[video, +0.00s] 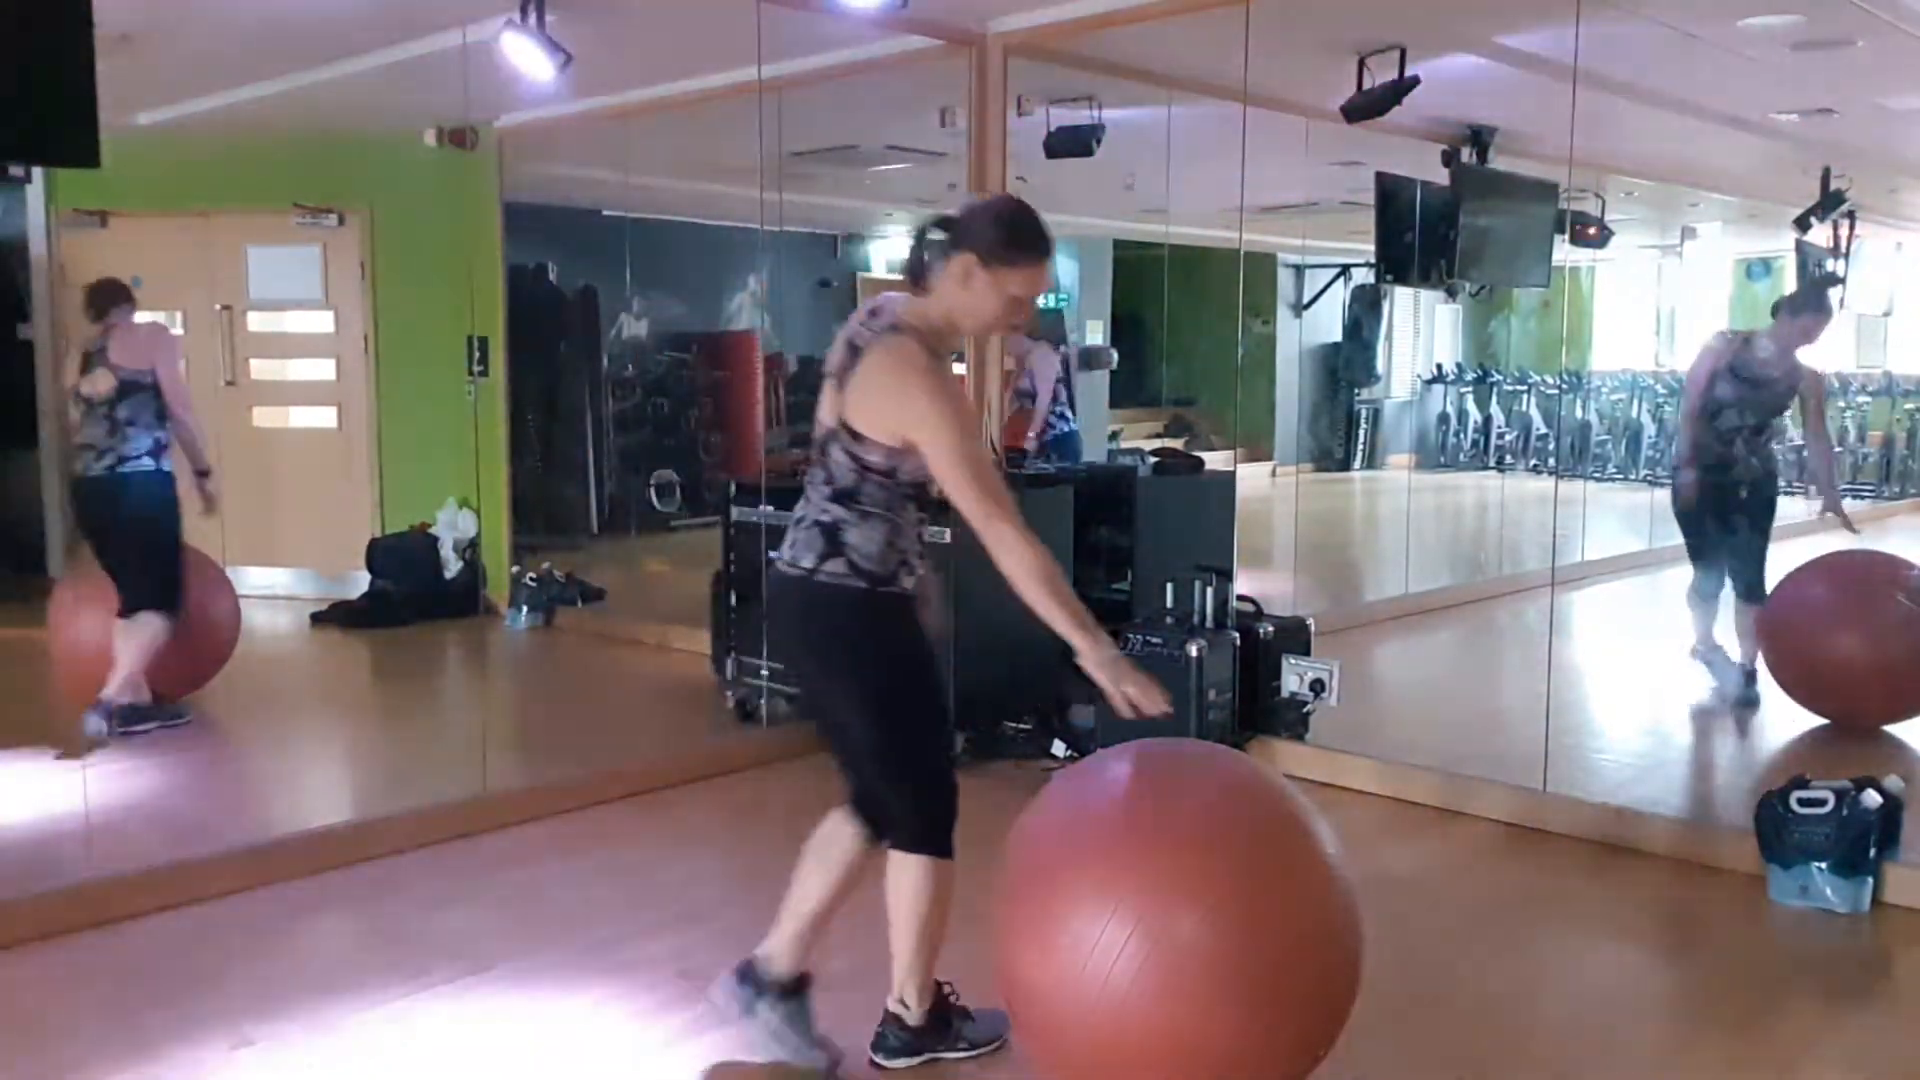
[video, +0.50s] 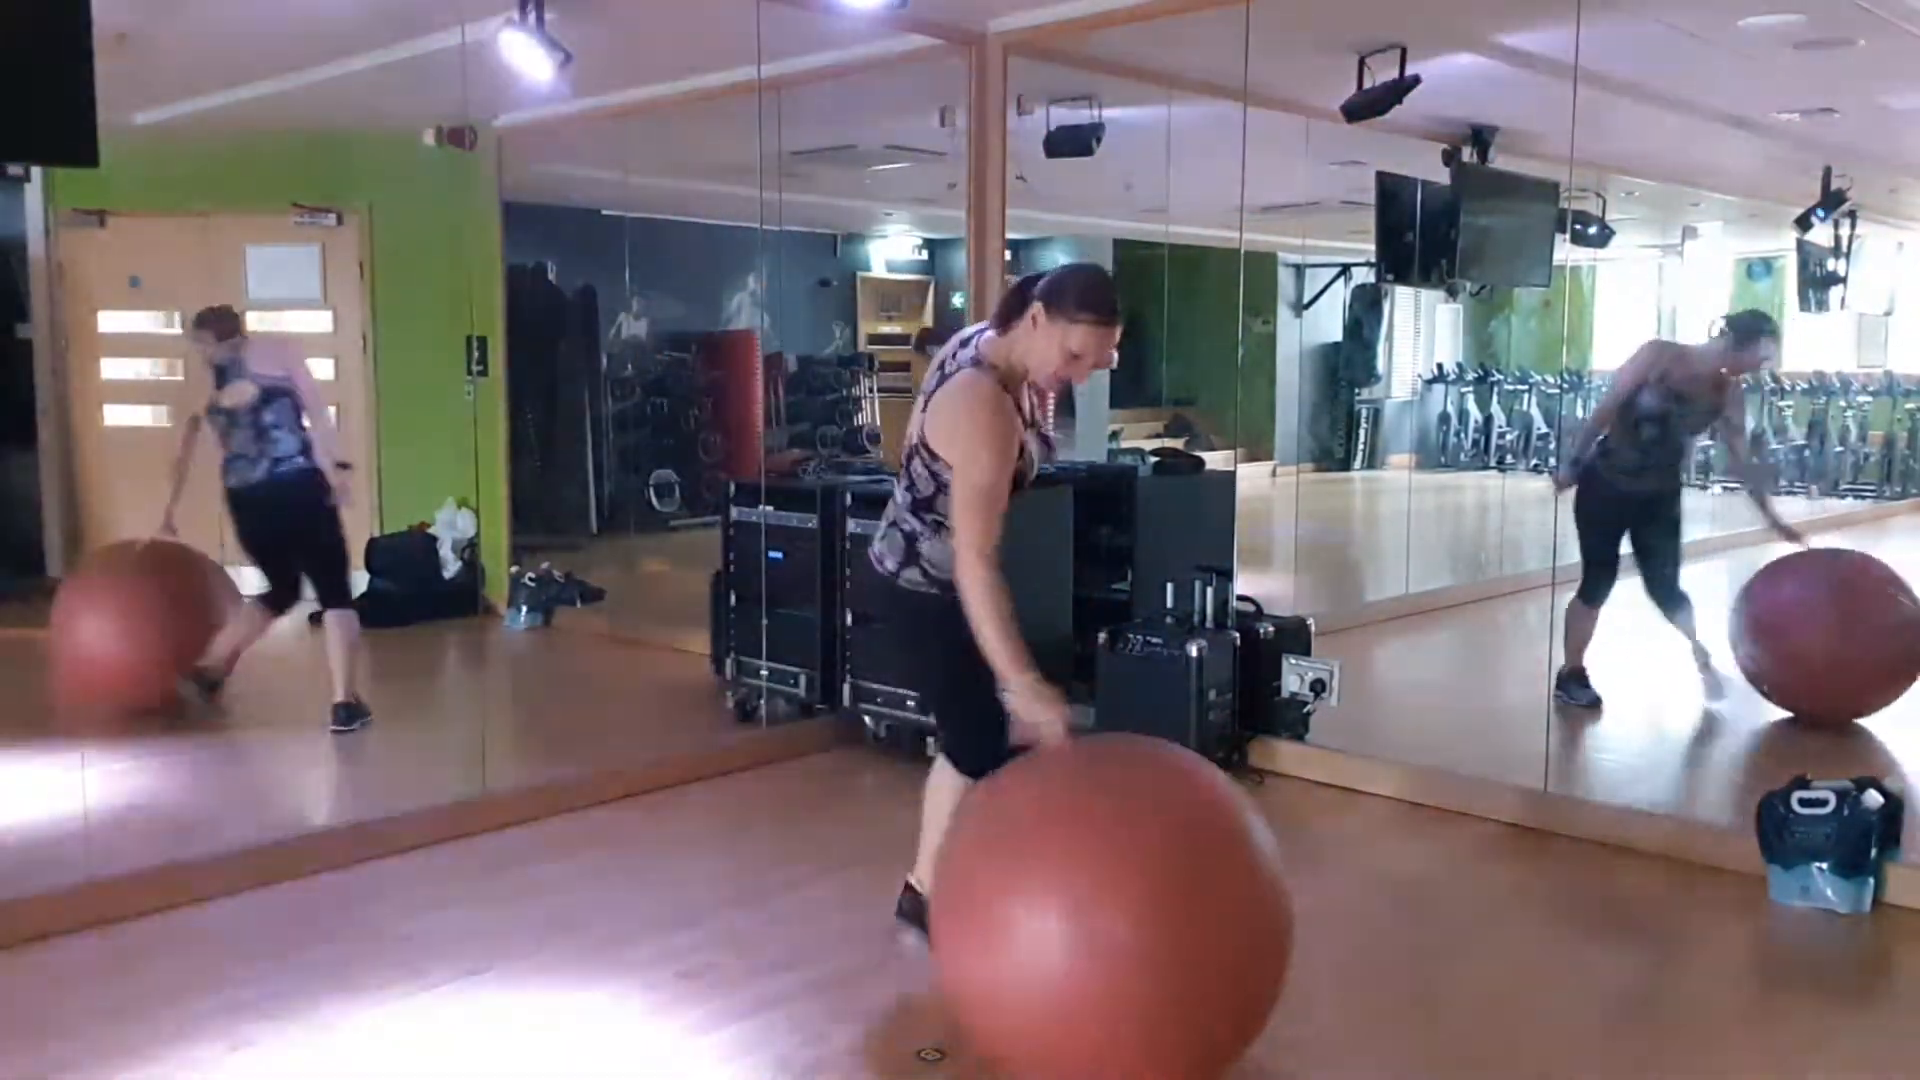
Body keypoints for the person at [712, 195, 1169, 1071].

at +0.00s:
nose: (1019, 320)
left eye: (1029, 304)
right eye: (1016, 300)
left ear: (961, 272)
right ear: (963, 271)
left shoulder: (882, 323)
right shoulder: (909, 369)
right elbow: (999, 528)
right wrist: (1100, 654)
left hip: (817, 590)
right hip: (856, 601)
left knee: (877, 792)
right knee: (924, 799)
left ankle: (772, 974)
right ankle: (913, 1013)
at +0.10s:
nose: (1053, 346)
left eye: (1063, 331)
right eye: (1049, 326)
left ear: (996, 296)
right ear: (996, 295)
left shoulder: (911, 327)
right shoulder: (959, 402)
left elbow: (855, 434)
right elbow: (1039, 549)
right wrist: (1122, 665)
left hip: (835, 587)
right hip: (870, 601)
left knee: (922, 768)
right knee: (942, 797)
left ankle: (823, 918)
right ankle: (913, 1014)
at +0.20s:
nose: (1080, 356)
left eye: (1090, 340)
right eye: (1077, 335)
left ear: (1020, 304)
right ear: (1025, 303)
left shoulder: (939, 337)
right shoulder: (982, 399)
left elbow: (874, 418)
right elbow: (1054, 556)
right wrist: (1130, 682)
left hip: (855, 583)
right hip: (884, 597)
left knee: (928, 750)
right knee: (944, 797)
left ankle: (871, 896)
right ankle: (910, 1012)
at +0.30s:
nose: (1104, 361)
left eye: (1114, 346)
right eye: (1097, 344)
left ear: (1041, 305)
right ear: (1046, 308)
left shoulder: (958, 324)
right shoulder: (996, 404)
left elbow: (889, 428)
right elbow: (1050, 551)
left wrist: (843, 516)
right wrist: (1120, 682)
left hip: (875, 563)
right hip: (893, 587)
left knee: (939, 736)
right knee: (939, 785)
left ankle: (930, 874)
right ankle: (910, 1007)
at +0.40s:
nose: (1091, 368)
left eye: (1103, 356)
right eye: (1087, 350)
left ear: (1053, 311)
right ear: (1045, 311)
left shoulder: (975, 333)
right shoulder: (989, 400)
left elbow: (915, 445)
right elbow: (1021, 557)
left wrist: (868, 524)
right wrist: (1082, 688)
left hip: (904, 566)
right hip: (913, 584)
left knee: (938, 751)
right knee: (960, 783)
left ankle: (922, 906)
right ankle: (916, 976)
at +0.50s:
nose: (1075, 375)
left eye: (1088, 363)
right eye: (1072, 356)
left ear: (1038, 318)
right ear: (1036, 317)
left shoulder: (989, 347)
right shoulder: (981, 405)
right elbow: (974, 562)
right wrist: (1022, 683)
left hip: (933, 575)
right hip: (923, 589)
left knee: (968, 733)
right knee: (982, 742)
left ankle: (927, 885)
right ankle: (935, 892)